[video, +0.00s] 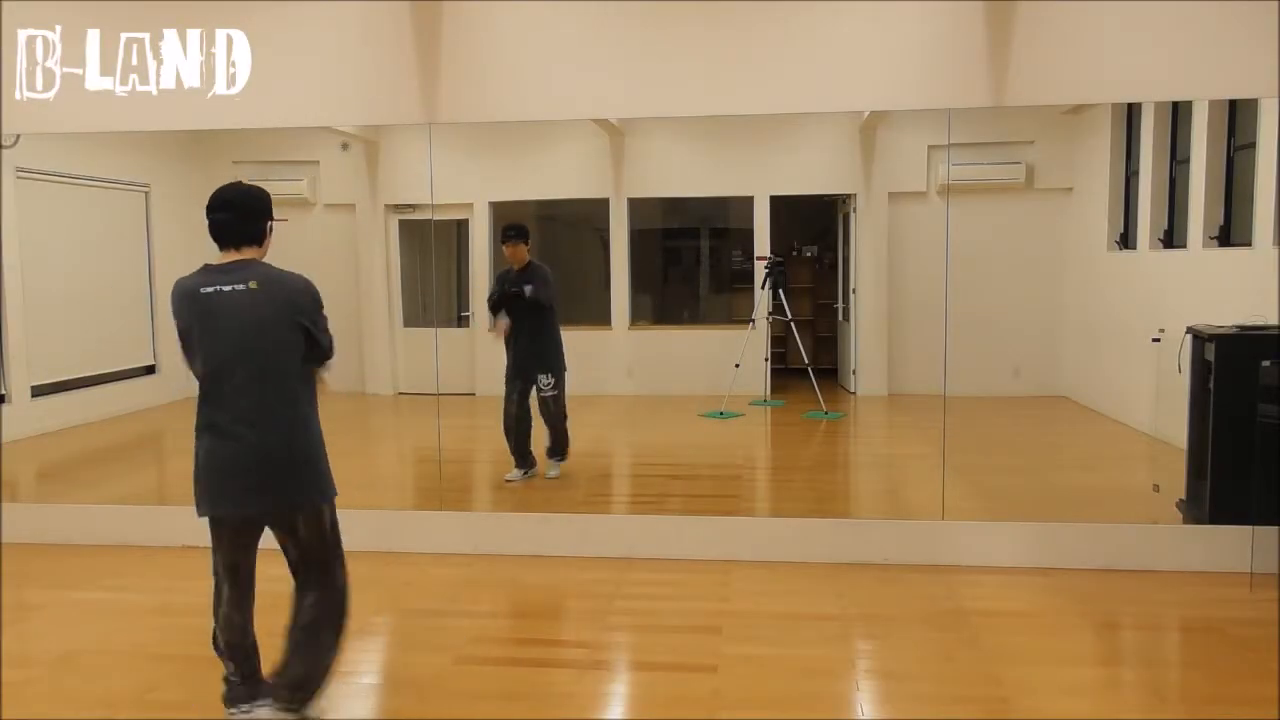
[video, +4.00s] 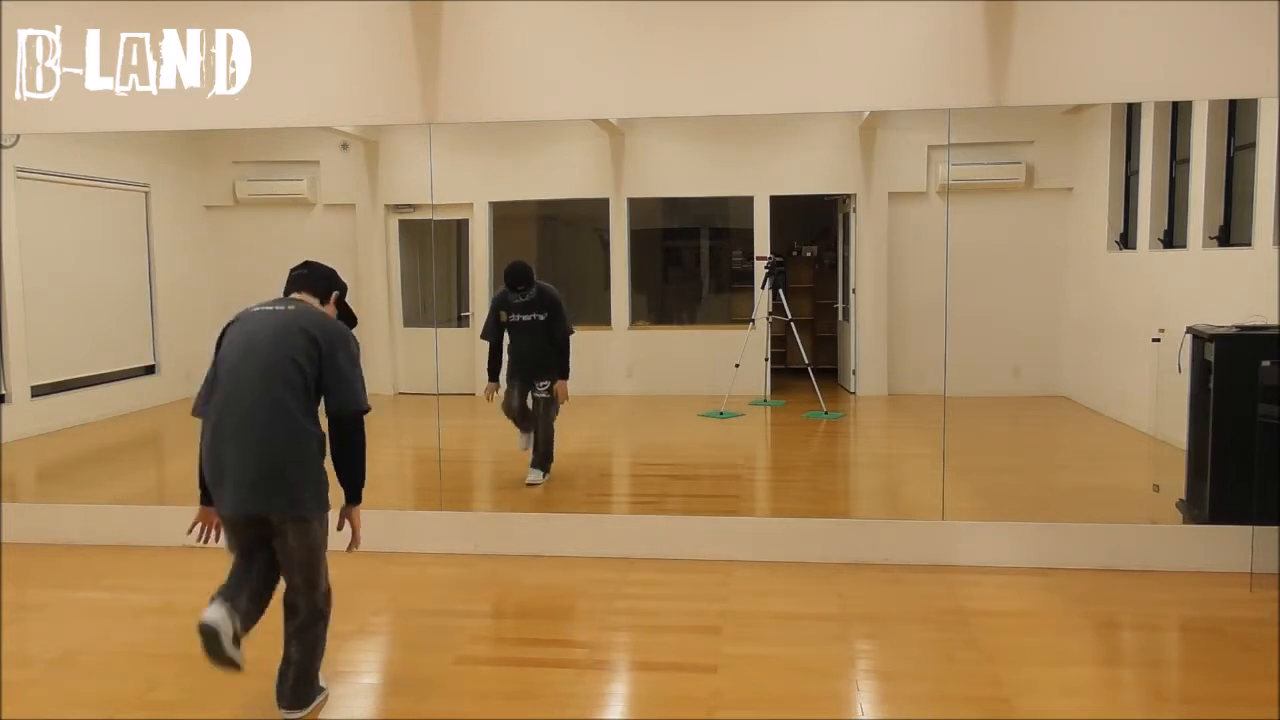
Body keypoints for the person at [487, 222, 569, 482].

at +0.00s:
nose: (507, 252)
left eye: (512, 246)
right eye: (505, 247)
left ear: (525, 246)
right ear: (503, 249)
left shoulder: (541, 273)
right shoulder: (503, 277)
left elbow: (544, 302)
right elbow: (493, 306)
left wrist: (509, 296)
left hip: (546, 350)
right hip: (518, 351)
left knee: (551, 407)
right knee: (514, 409)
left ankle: (556, 455)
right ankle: (524, 463)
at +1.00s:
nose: (529, 243)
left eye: (534, 237)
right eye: (525, 238)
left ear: (542, 240)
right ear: (518, 241)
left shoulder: (556, 273)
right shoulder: (506, 274)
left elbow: (565, 314)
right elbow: (498, 316)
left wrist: (569, 349)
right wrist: (501, 348)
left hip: (545, 352)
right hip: (513, 353)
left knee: (541, 410)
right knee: (519, 411)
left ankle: (535, 462)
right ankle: (525, 467)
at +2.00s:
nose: (540, 248)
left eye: (544, 243)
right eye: (536, 243)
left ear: (555, 245)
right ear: (531, 245)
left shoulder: (568, 275)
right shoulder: (521, 276)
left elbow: (575, 317)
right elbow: (516, 318)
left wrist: (572, 353)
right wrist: (518, 352)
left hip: (559, 354)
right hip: (529, 353)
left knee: (559, 410)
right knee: (522, 407)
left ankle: (552, 457)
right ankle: (524, 459)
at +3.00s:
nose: (525, 293)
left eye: (529, 288)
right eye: (521, 289)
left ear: (537, 279)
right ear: (513, 283)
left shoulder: (554, 290)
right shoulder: (507, 293)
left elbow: (564, 328)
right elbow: (503, 331)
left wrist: (570, 366)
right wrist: (500, 363)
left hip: (549, 354)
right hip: (521, 356)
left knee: (544, 392)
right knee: (521, 407)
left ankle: (544, 437)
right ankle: (530, 458)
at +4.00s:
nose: (521, 296)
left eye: (525, 292)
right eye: (516, 292)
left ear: (533, 284)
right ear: (508, 287)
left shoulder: (549, 297)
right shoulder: (501, 301)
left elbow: (563, 337)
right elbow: (495, 342)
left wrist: (563, 377)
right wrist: (493, 379)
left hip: (547, 363)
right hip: (519, 362)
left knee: (544, 416)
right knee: (511, 406)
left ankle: (540, 466)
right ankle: (528, 426)